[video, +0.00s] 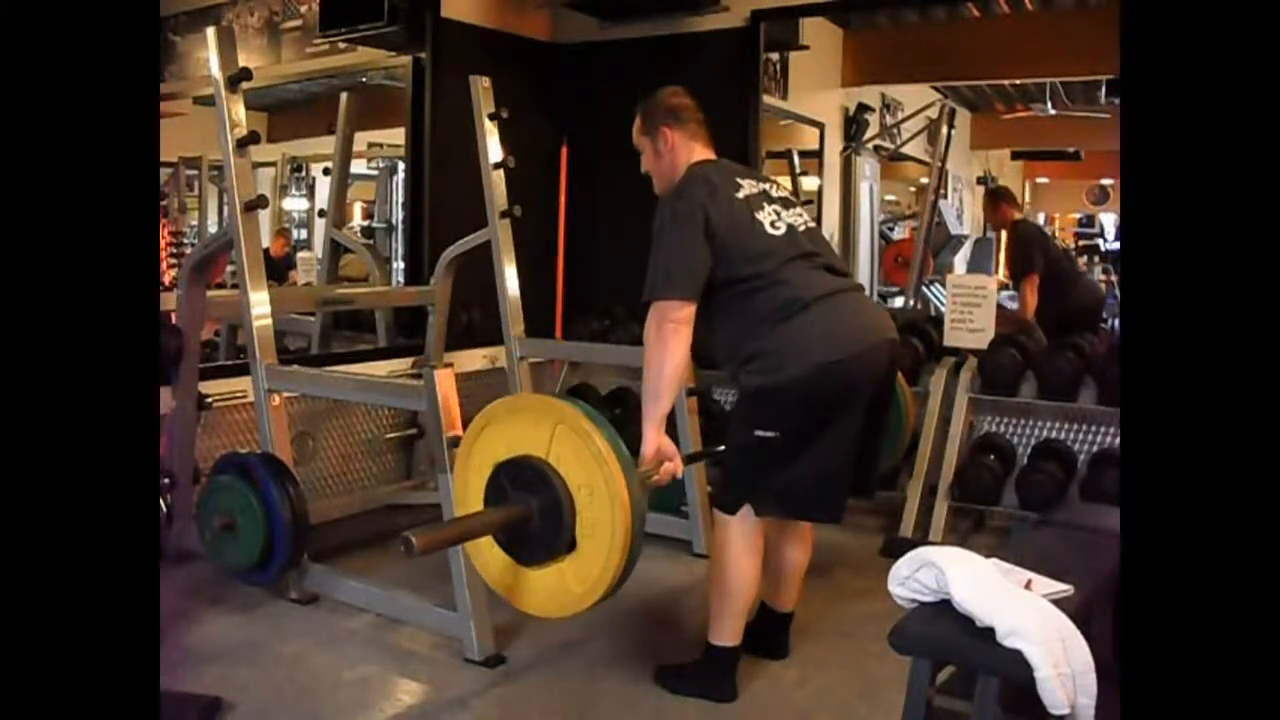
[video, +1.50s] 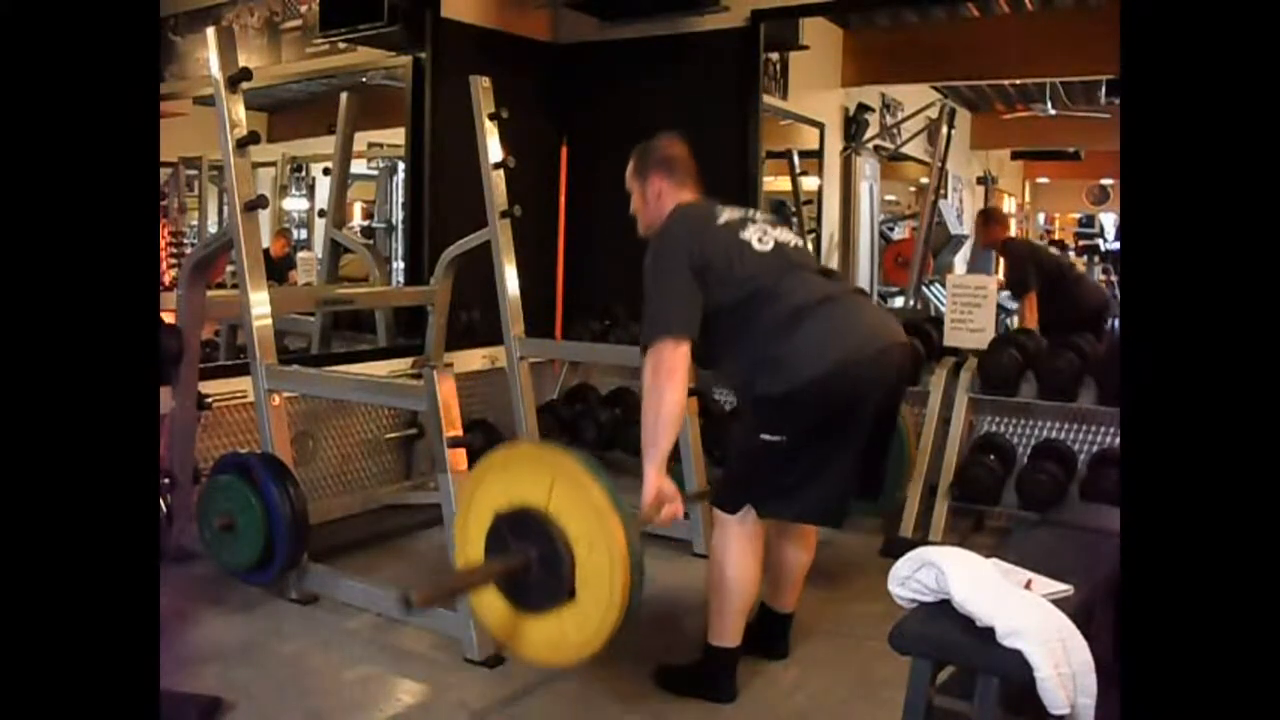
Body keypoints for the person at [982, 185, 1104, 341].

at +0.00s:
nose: (986, 218)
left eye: (988, 211)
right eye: (985, 212)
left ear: (1002, 208)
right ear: (1006, 207)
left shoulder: (1023, 231)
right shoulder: (1020, 231)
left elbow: (1030, 283)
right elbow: (1026, 284)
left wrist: (1023, 329)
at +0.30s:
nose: (984, 231)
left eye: (985, 223)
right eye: (982, 225)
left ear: (999, 217)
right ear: (1004, 216)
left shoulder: (1020, 241)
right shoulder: (1019, 239)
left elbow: (1028, 295)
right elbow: (1026, 294)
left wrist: (1026, 339)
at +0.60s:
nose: (981, 241)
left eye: (981, 233)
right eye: (979, 235)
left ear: (997, 228)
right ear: (1004, 227)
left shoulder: (1017, 251)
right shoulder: (1022, 247)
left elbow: (1027, 306)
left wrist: (1024, 350)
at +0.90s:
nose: (977, 253)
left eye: (977, 246)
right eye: (975, 247)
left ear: (991, 242)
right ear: (999, 240)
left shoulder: (1012, 264)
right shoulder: (1019, 259)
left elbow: (1025, 317)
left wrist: (1022, 358)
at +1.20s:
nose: (975, 262)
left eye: (976, 256)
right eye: (975, 256)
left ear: (990, 252)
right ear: (1000, 249)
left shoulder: (1010, 271)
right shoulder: (1018, 266)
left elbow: (1025, 321)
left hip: (1091, 311)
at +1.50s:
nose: (977, 235)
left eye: (979, 229)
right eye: (977, 229)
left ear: (994, 227)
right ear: (1001, 227)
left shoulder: (1015, 250)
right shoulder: (1017, 249)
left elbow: (1029, 307)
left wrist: (1026, 350)